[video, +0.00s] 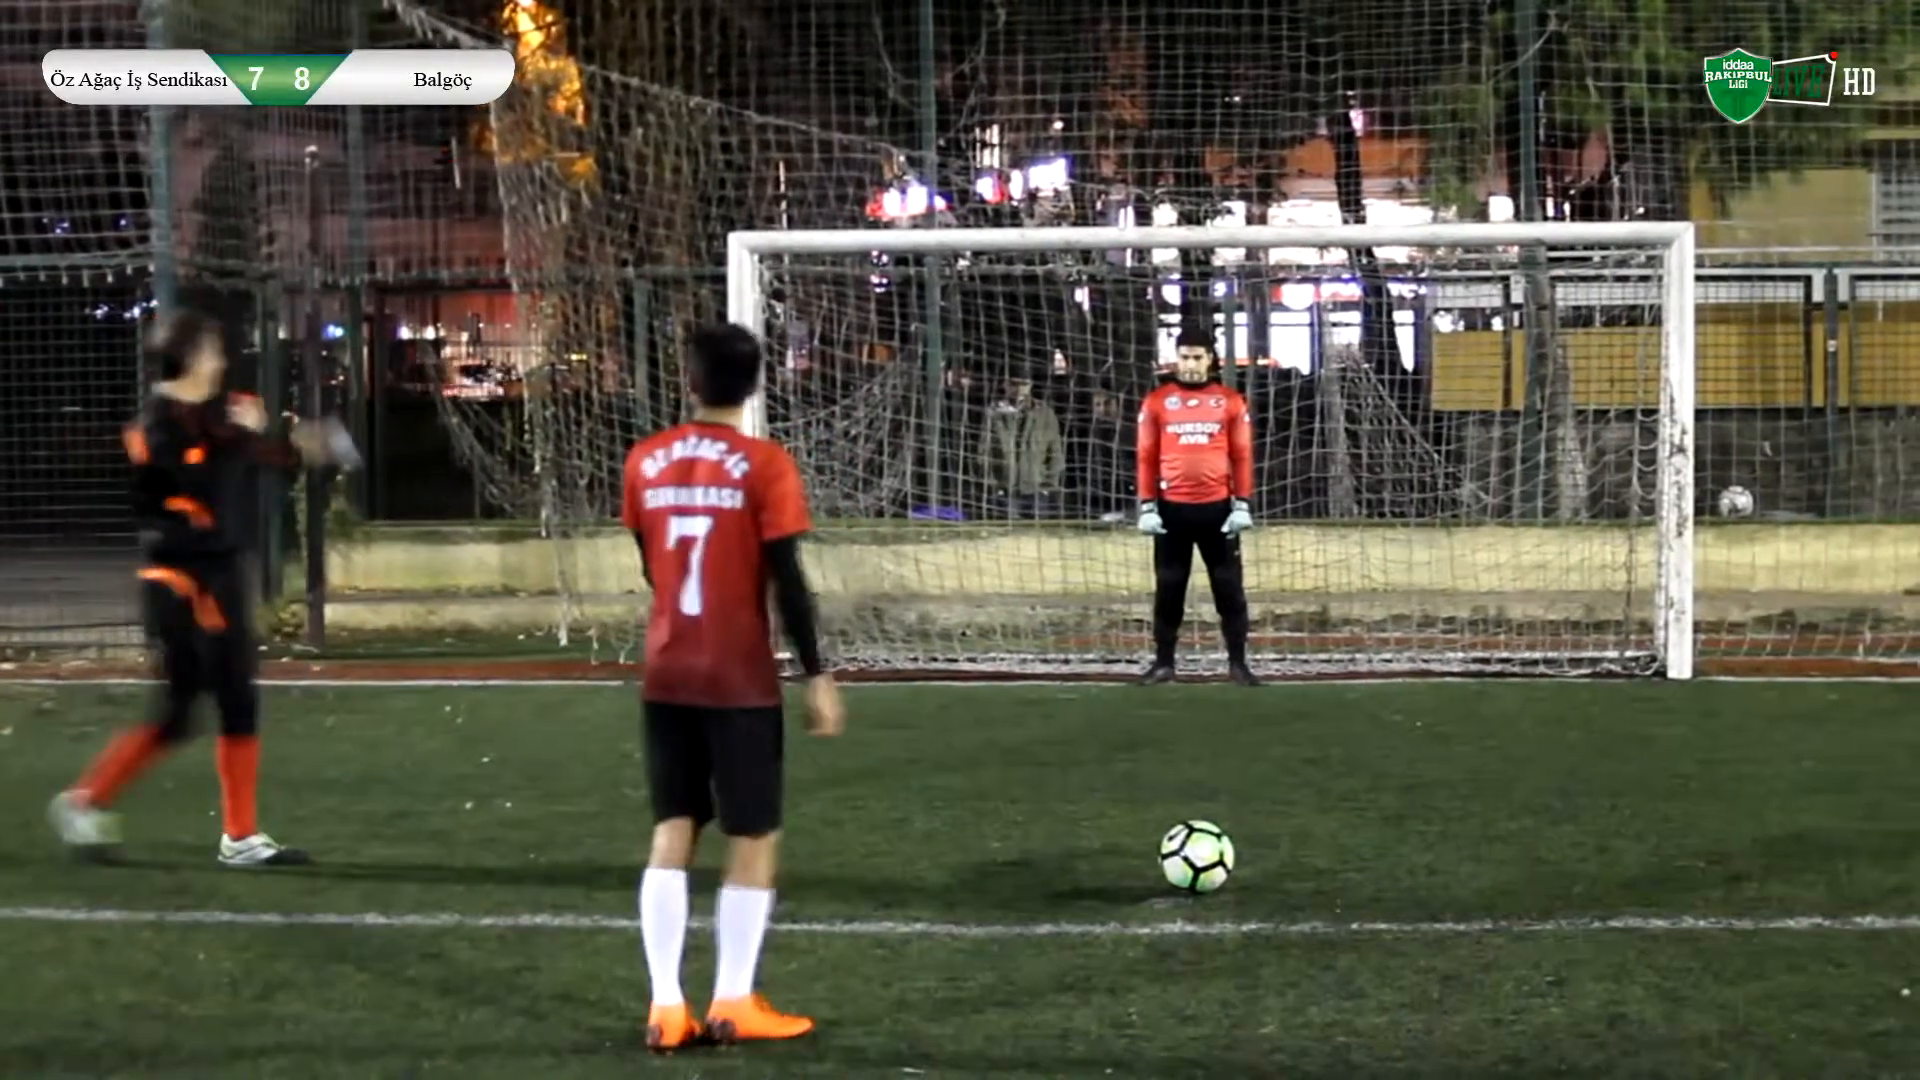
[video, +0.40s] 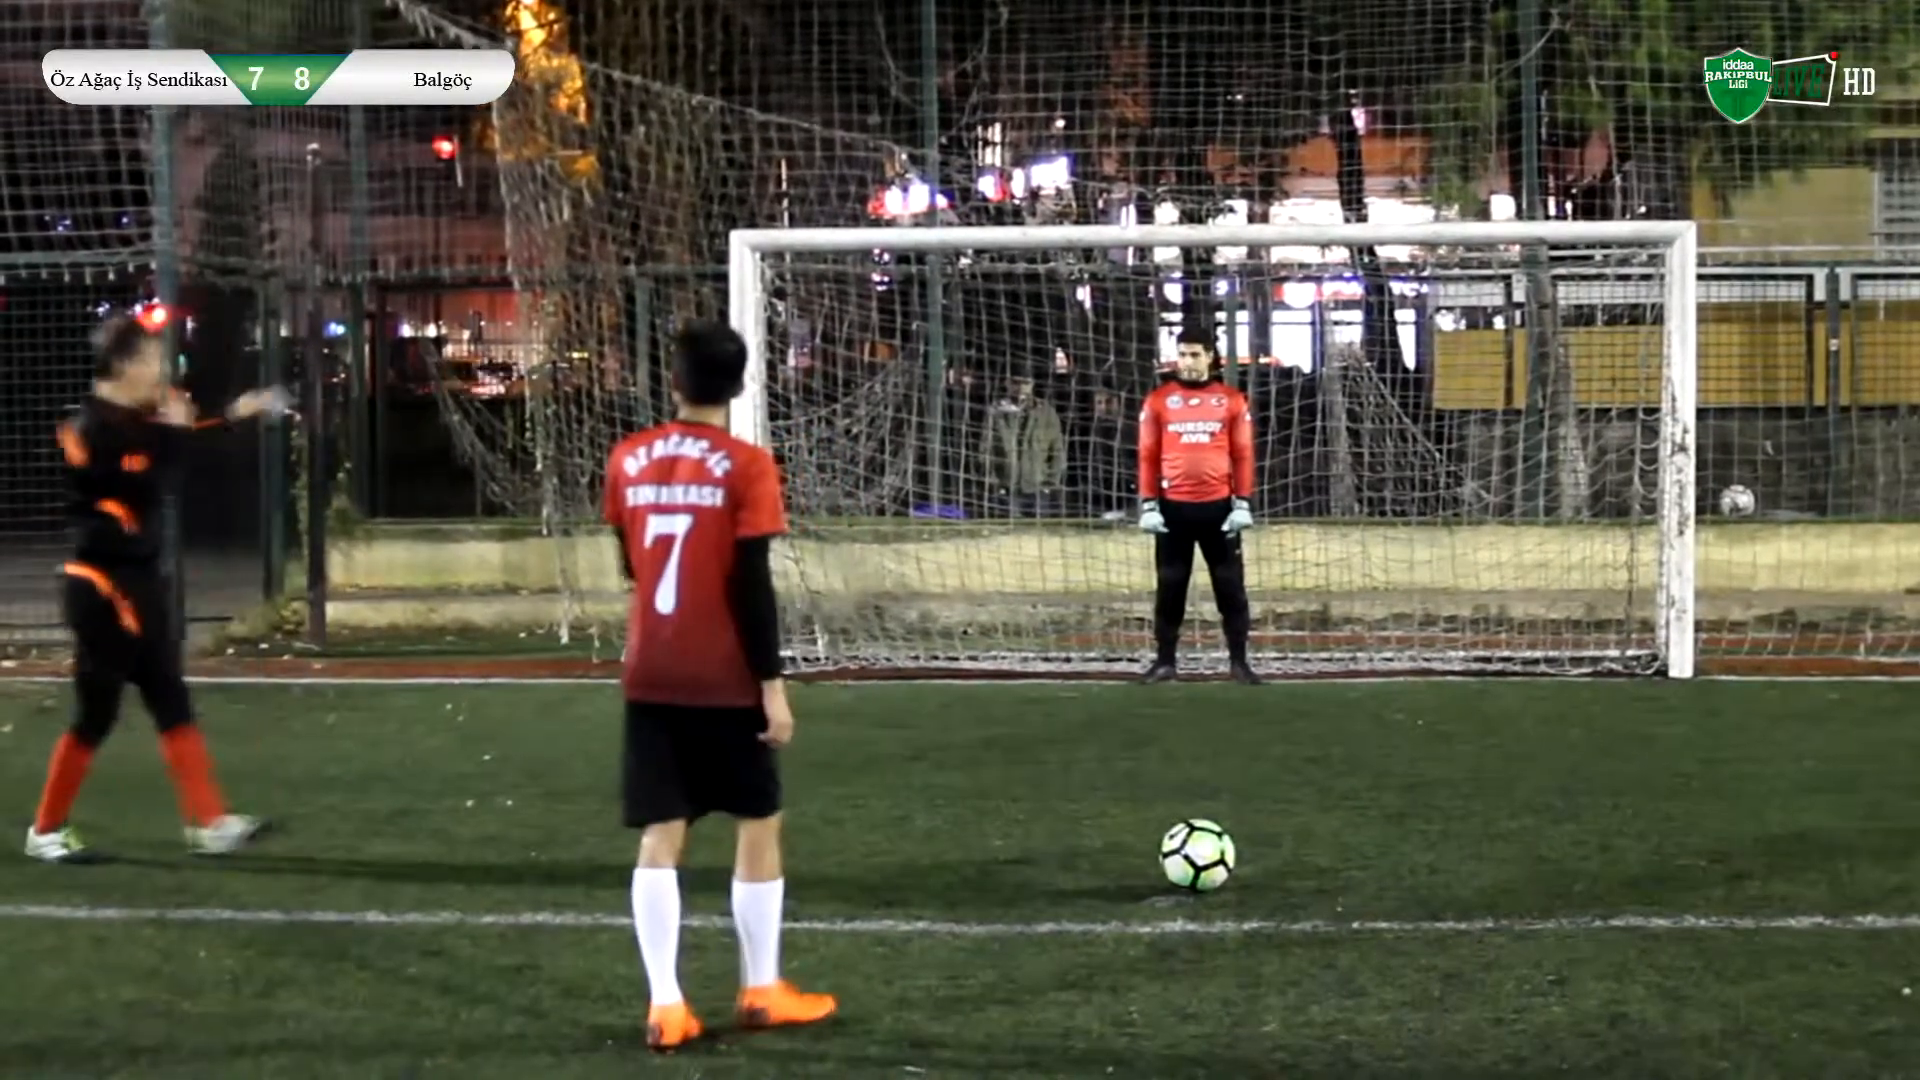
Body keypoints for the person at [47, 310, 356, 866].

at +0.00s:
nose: (219, 361)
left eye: (219, 351)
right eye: (211, 351)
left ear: (202, 358)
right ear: (187, 355)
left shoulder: (217, 421)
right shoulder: (159, 423)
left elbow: (265, 455)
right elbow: (153, 510)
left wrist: (305, 448)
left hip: (221, 577)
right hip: (177, 578)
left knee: (239, 704)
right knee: (177, 712)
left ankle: (241, 836)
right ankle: (83, 802)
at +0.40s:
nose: (161, 371)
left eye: (160, 360)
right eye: (152, 361)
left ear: (136, 365)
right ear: (124, 366)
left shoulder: (147, 425)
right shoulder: (90, 426)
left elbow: (188, 438)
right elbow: (106, 485)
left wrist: (240, 415)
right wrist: (172, 433)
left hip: (140, 581)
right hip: (96, 582)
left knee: (169, 696)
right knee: (97, 710)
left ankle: (208, 820)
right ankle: (46, 828)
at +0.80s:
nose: (108, 364)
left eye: (109, 353)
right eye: (100, 353)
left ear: (88, 357)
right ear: (67, 353)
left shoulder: (97, 414)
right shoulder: (38, 417)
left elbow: (121, 489)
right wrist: (110, 422)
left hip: (99, 564)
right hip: (54, 564)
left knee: (112, 690)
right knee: (66, 694)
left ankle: (83, 806)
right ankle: (42, 828)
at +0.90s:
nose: (97, 364)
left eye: (99, 353)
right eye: (89, 353)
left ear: (80, 355)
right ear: (57, 355)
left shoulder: (81, 412)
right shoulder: (27, 417)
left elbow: (100, 488)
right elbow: (75, 487)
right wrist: (103, 418)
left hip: (86, 565)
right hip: (46, 567)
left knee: (94, 694)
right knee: (65, 695)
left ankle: (47, 806)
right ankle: (42, 832)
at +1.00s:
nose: (87, 367)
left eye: (89, 356)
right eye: (78, 356)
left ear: (81, 358)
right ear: (49, 356)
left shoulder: (70, 413)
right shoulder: (24, 414)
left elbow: (76, 482)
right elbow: (59, 481)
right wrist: (89, 423)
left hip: (78, 564)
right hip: (39, 565)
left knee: (69, 687)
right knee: (63, 689)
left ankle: (17, 784)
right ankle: (44, 828)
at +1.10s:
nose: (78, 368)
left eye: (81, 357)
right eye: (69, 358)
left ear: (75, 359)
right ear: (37, 358)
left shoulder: (70, 411)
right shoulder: (18, 415)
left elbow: (78, 492)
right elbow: (44, 485)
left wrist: (119, 520)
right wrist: (79, 420)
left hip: (69, 568)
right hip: (31, 570)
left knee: (49, 692)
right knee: (63, 697)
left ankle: (6, 779)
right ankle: (42, 829)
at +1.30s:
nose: (63, 375)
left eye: (67, 365)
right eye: (54, 365)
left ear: (66, 366)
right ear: (23, 365)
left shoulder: (58, 418)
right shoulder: (10, 419)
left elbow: (66, 499)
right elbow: (21, 499)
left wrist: (103, 527)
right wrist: (65, 437)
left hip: (48, 581)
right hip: (15, 582)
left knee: (17, 696)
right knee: (51, 695)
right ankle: (42, 828)